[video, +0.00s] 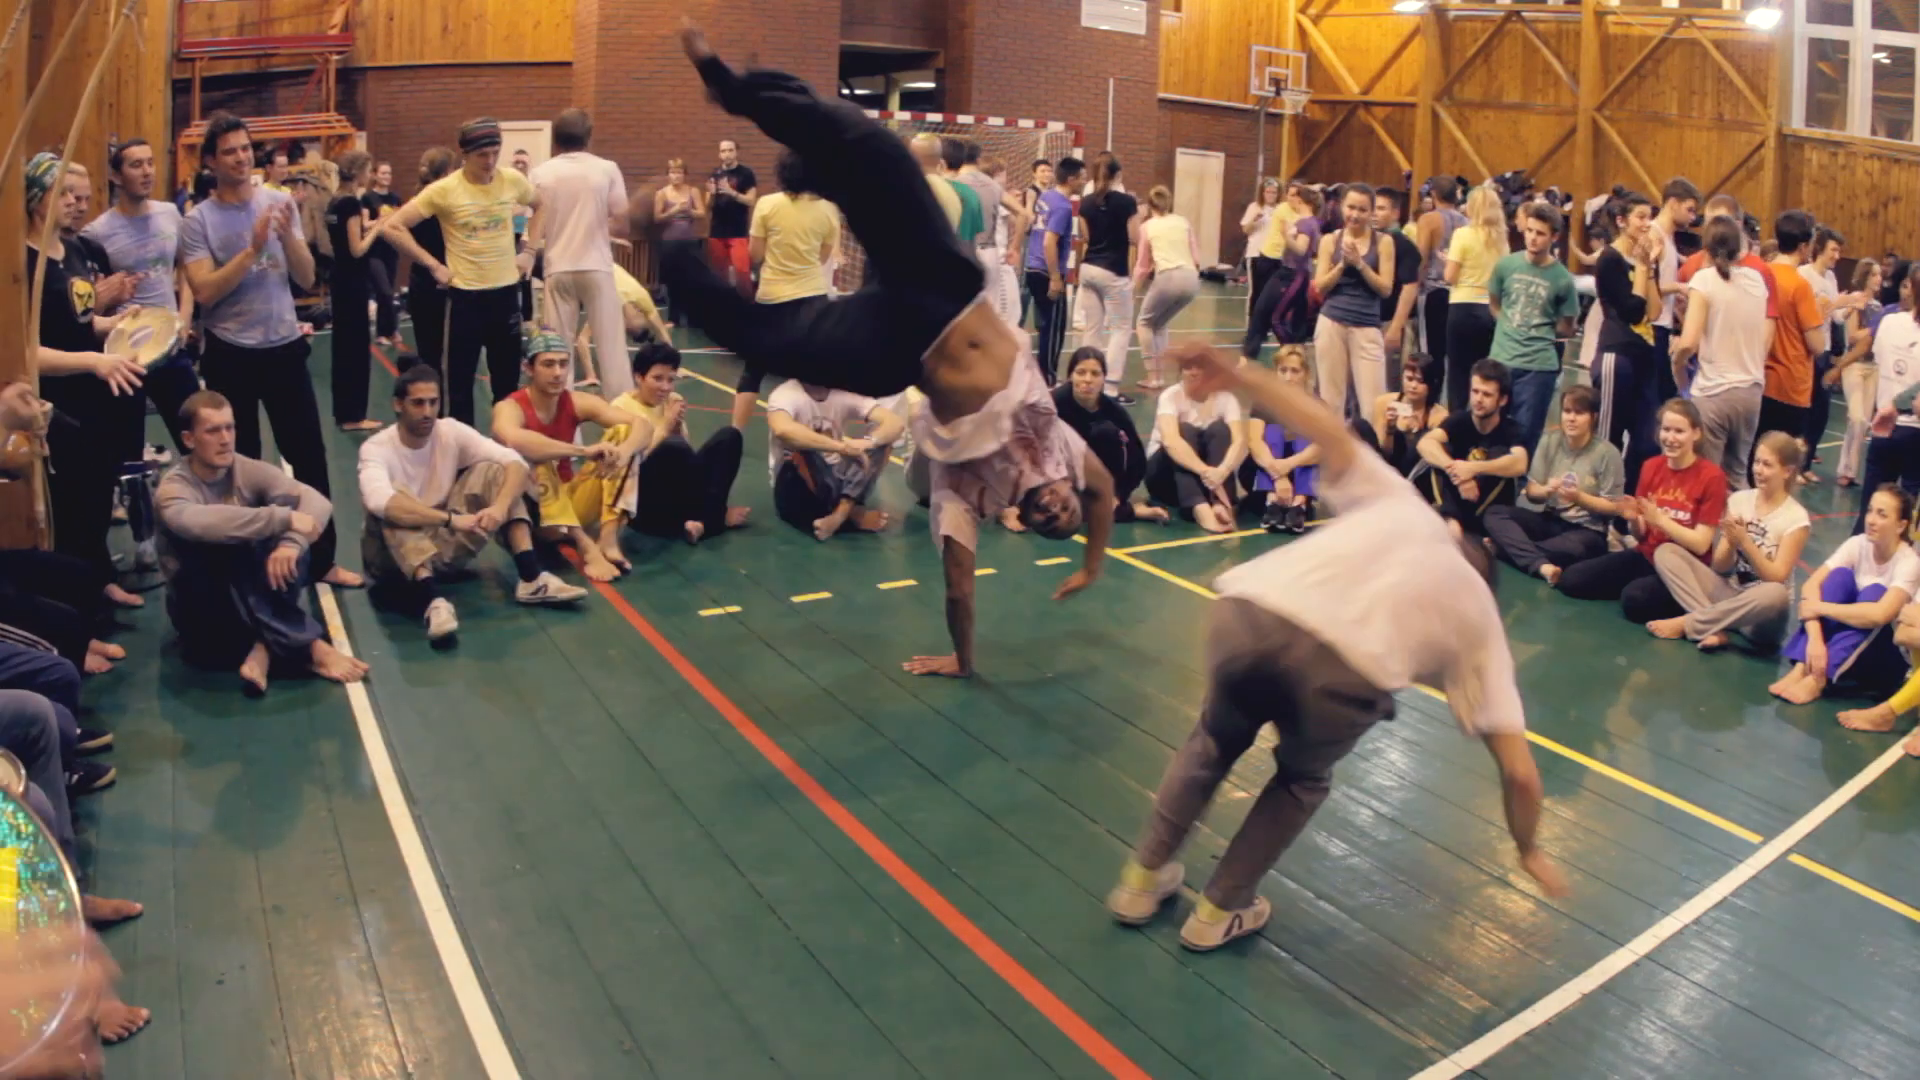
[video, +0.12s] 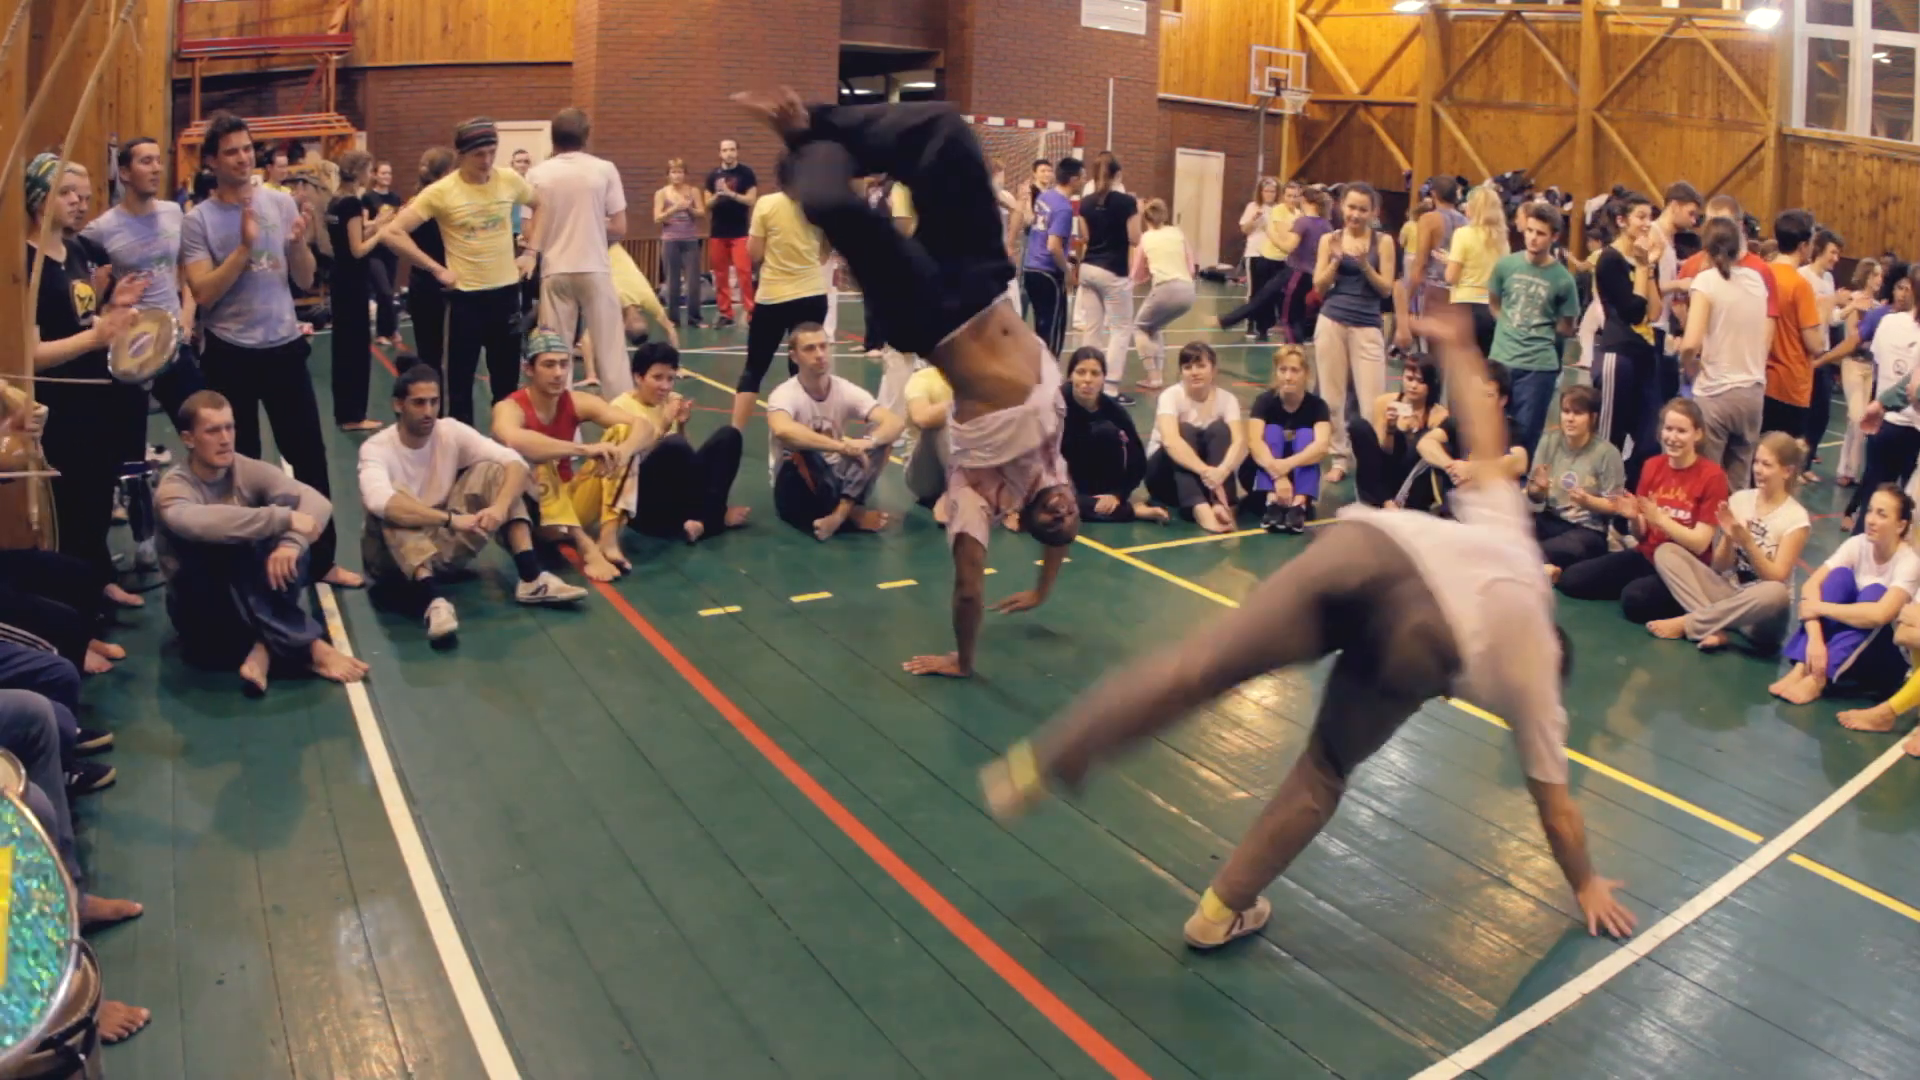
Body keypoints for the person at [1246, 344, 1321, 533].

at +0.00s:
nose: (1288, 377)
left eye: (1294, 371)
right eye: (1283, 371)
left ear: (1305, 374)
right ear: (1276, 373)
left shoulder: (1317, 405)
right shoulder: (1264, 402)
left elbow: (1323, 447)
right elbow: (1254, 441)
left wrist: (1286, 465)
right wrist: (1279, 477)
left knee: (1307, 441)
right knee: (1272, 432)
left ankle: (1299, 499)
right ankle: (1273, 497)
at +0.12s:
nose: (1288, 376)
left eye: (1294, 371)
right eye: (1283, 370)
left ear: (1305, 374)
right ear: (1276, 373)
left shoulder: (1317, 405)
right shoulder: (1264, 401)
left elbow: (1322, 447)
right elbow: (1254, 441)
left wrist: (1284, 465)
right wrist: (1279, 477)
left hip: (1299, 481)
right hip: (1263, 477)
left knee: (1305, 434)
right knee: (1273, 431)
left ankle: (1300, 500)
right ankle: (1272, 499)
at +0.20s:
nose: (1288, 377)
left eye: (1294, 370)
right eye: (1283, 370)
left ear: (1306, 374)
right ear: (1276, 373)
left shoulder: (1317, 405)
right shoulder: (1264, 402)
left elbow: (1322, 446)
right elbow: (1254, 442)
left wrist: (1287, 464)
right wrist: (1278, 476)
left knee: (1305, 434)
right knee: (1273, 431)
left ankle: (1302, 494)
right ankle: (1272, 494)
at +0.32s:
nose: (1288, 376)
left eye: (1294, 371)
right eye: (1283, 370)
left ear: (1306, 375)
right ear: (1276, 373)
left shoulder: (1317, 405)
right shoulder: (1264, 401)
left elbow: (1322, 447)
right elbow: (1254, 441)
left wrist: (1284, 466)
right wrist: (1279, 477)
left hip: (1299, 480)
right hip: (1263, 477)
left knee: (1306, 434)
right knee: (1273, 431)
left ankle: (1300, 499)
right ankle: (1273, 499)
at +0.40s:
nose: (1288, 376)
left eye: (1295, 371)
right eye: (1283, 370)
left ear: (1307, 375)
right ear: (1276, 373)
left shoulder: (1317, 405)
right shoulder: (1264, 402)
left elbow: (1322, 447)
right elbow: (1254, 441)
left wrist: (1284, 466)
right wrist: (1279, 477)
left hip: (1299, 480)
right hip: (1263, 477)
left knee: (1306, 434)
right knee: (1273, 431)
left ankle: (1300, 499)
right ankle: (1273, 499)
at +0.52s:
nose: (1288, 377)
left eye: (1295, 371)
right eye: (1283, 370)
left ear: (1307, 375)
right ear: (1276, 373)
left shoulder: (1317, 405)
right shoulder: (1264, 401)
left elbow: (1322, 446)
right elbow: (1254, 442)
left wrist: (1286, 465)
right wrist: (1279, 476)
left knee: (1305, 434)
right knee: (1273, 431)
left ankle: (1302, 495)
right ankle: (1270, 493)